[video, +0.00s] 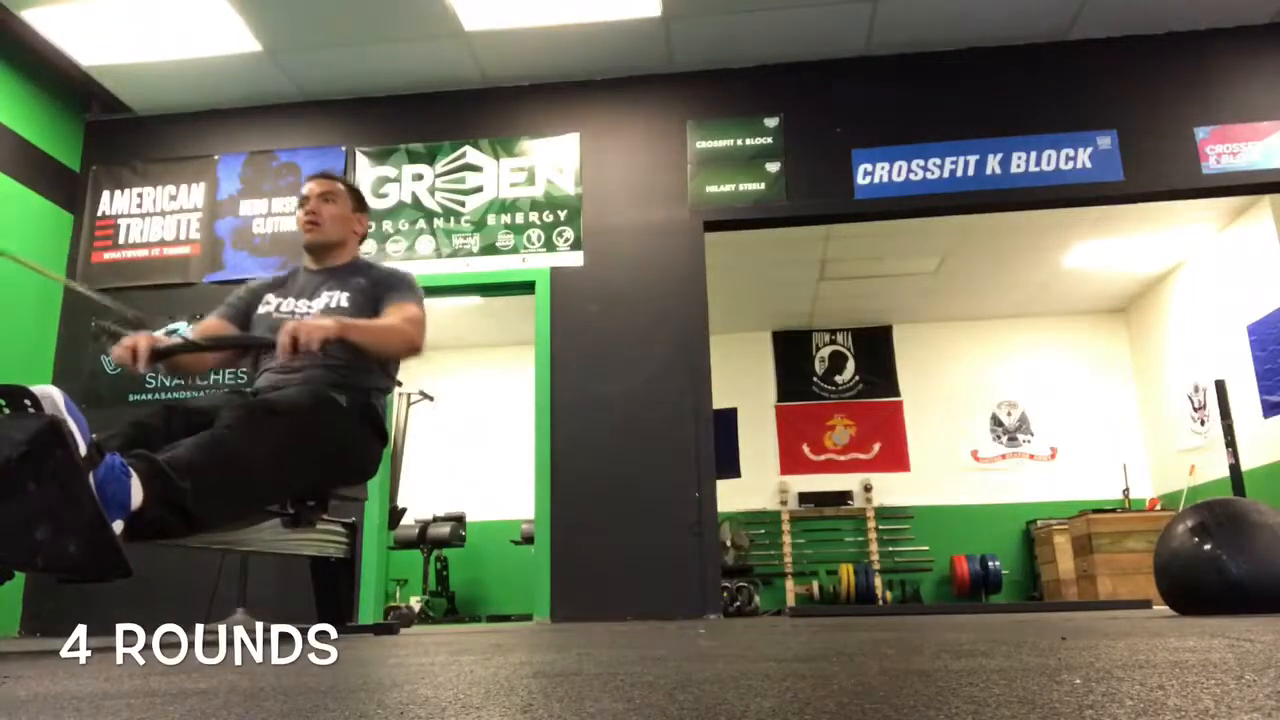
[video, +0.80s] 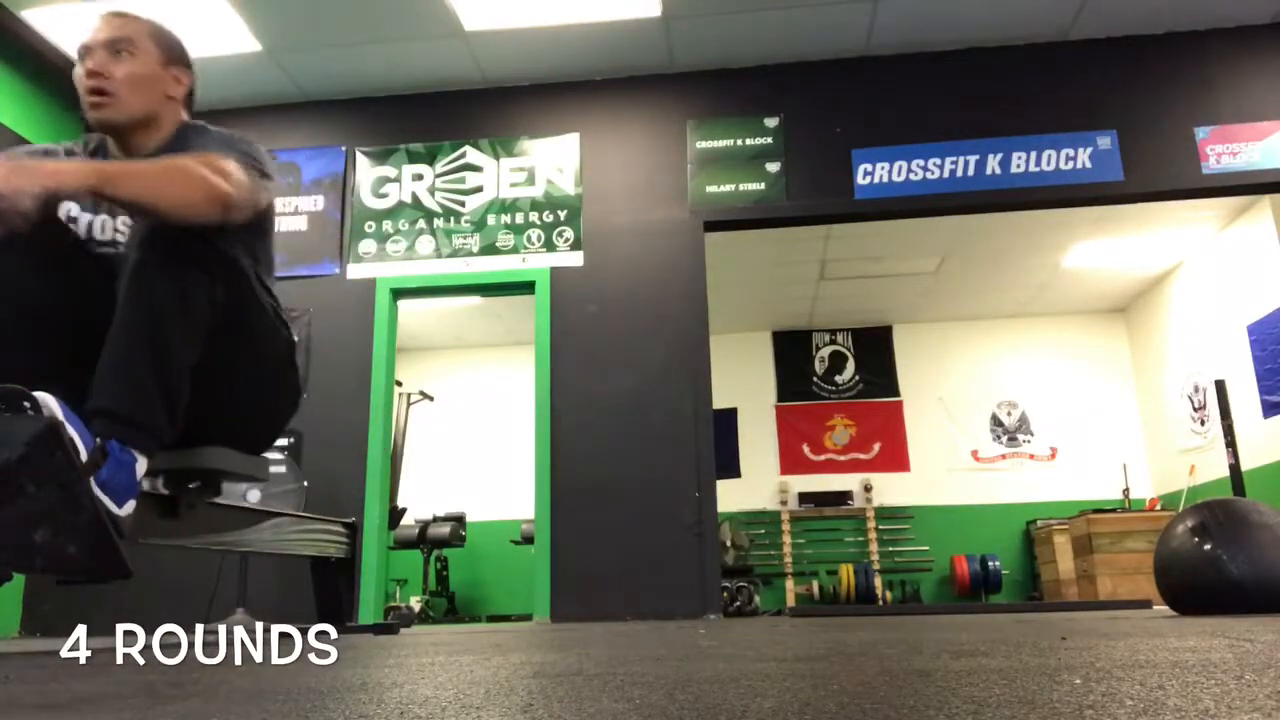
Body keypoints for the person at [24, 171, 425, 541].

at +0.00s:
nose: (310, 209)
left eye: (326, 200)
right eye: (304, 203)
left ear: (360, 223)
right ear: (298, 222)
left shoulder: (386, 279)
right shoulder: (266, 291)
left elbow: (409, 336)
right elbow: (205, 347)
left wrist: (338, 327)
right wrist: (160, 348)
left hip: (340, 412)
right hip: (262, 409)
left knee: (247, 440)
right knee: (168, 424)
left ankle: (125, 490)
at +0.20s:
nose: (279, 186)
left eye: (297, 176)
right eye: (273, 179)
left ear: (333, 199)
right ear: (265, 196)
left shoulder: (366, 258)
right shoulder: (244, 270)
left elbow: (385, 306)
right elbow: (165, 317)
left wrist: (313, 297)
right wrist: (109, 320)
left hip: (338, 412)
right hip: (247, 406)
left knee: (244, 372)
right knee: (142, 379)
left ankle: (125, 491)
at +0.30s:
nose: (257, 170)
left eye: (277, 159)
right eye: (251, 162)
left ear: (315, 185)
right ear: (243, 182)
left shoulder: (346, 245)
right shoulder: (227, 256)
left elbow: (370, 293)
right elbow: (148, 298)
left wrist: (288, 286)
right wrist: (80, 303)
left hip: (324, 423)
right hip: (229, 418)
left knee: (243, 342)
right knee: (132, 343)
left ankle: (131, 482)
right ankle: (50, 469)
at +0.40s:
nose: (228, 150)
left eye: (248, 138)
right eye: (221, 142)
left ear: (290, 164)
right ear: (214, 164)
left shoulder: (324, 229)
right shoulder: (200, 240)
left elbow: (351, 279)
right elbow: (111, 279)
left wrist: (259, 274)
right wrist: (36, 290)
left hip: (304, 418)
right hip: (204, 416)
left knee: (231, 322)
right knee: (112, 316)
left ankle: (121, 479)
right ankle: (27, 456)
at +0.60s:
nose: (156, 102)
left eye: (179, 88)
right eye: (147, 92)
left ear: (227, 117)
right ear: (138, 113)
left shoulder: (269, 182)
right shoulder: (119, 195)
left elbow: (290, 242)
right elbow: (17, 234)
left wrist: (171, 235)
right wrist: (93, 250)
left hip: (260, 406)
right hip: (139, 398)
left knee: (199, 269)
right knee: (30, 266)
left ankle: (121, 460)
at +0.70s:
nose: (118, 80)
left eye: (142, 65)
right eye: (110, 70)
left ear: (197, 95)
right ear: (100, 93)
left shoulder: (245, 164)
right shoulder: (85, 175)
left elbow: (255, 215)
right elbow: (4, 199)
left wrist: (114, 205)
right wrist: (38, 225)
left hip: (239, 398)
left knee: (187, 240)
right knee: (15, 241)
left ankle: (124, 452)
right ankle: (19, 436)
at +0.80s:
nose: (93, 68)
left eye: (120, 52)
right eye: (85, 59)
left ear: (177, 82)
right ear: (76, 81)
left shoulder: (229, 152)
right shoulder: (66, 161)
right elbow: (9, 170)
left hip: (231, 393)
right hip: (103, 382)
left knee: (178, 226)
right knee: (21, 228)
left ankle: (121, 449)